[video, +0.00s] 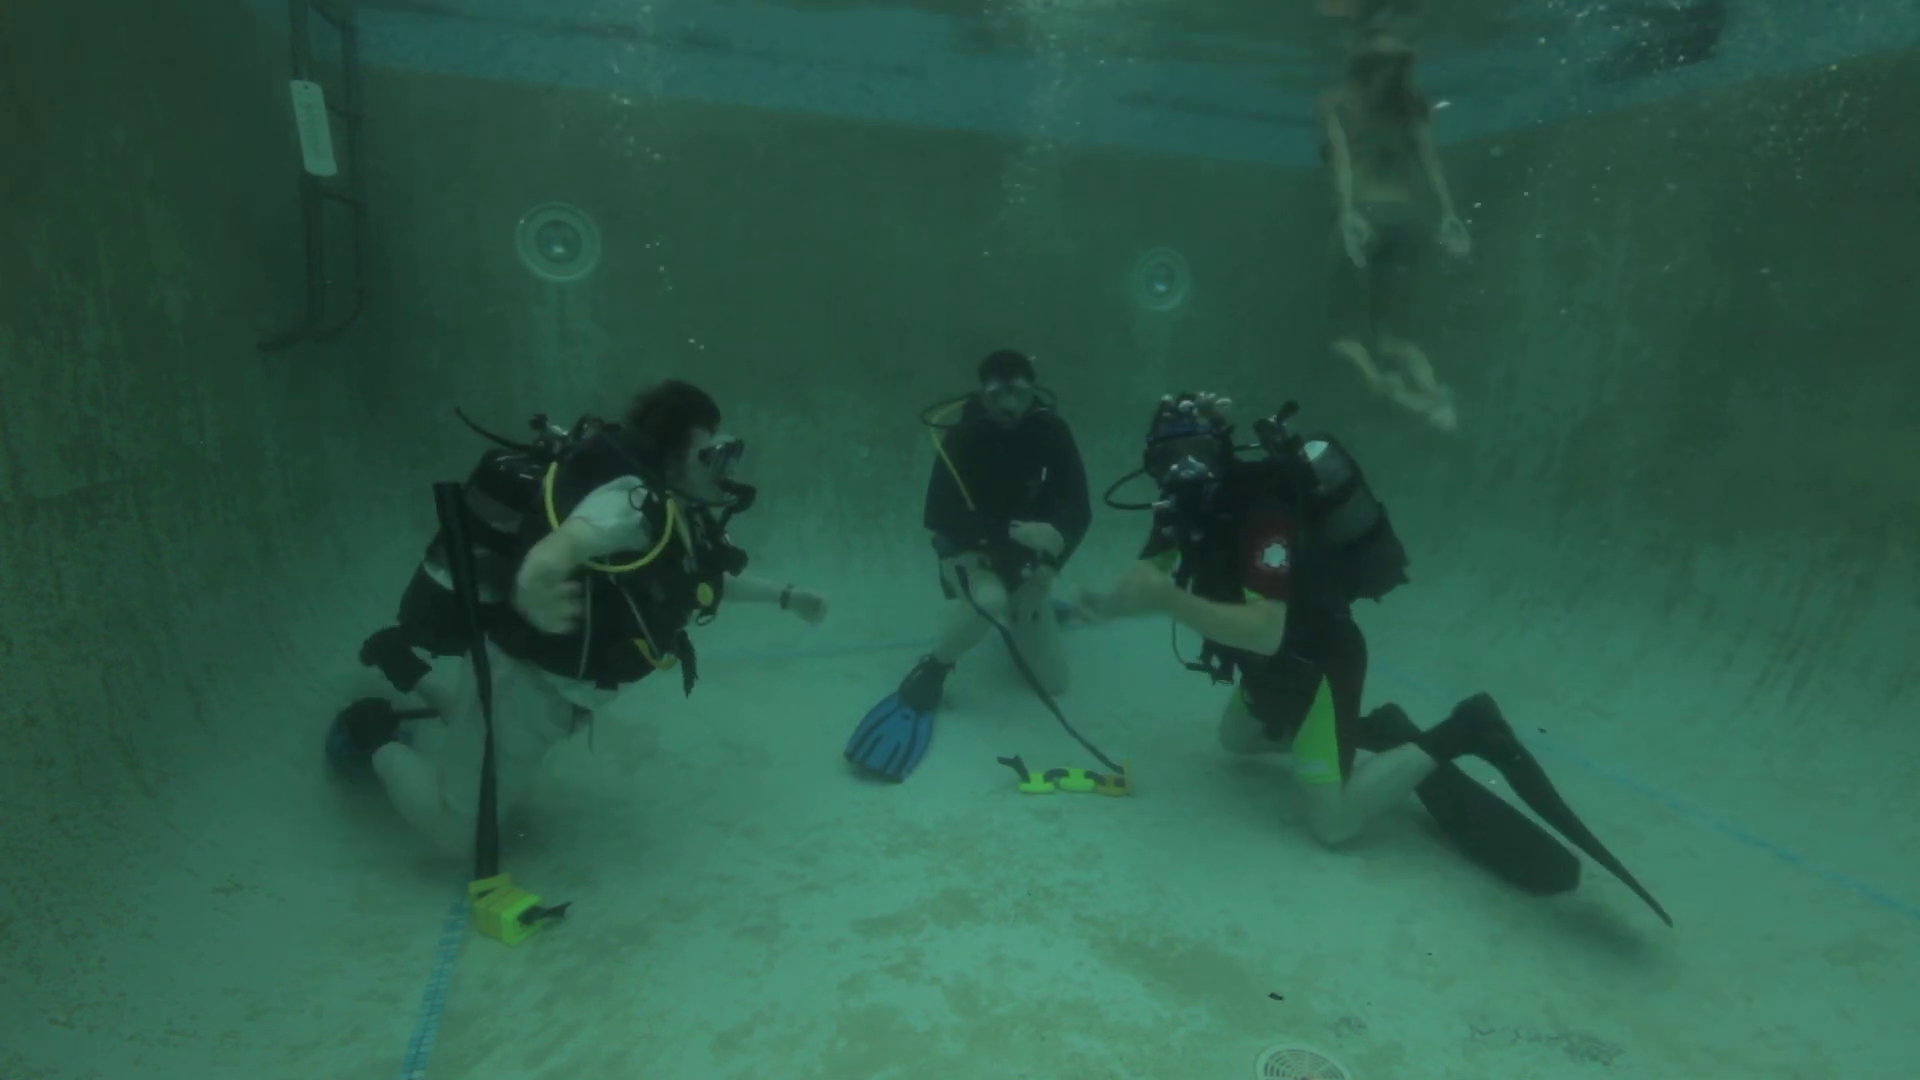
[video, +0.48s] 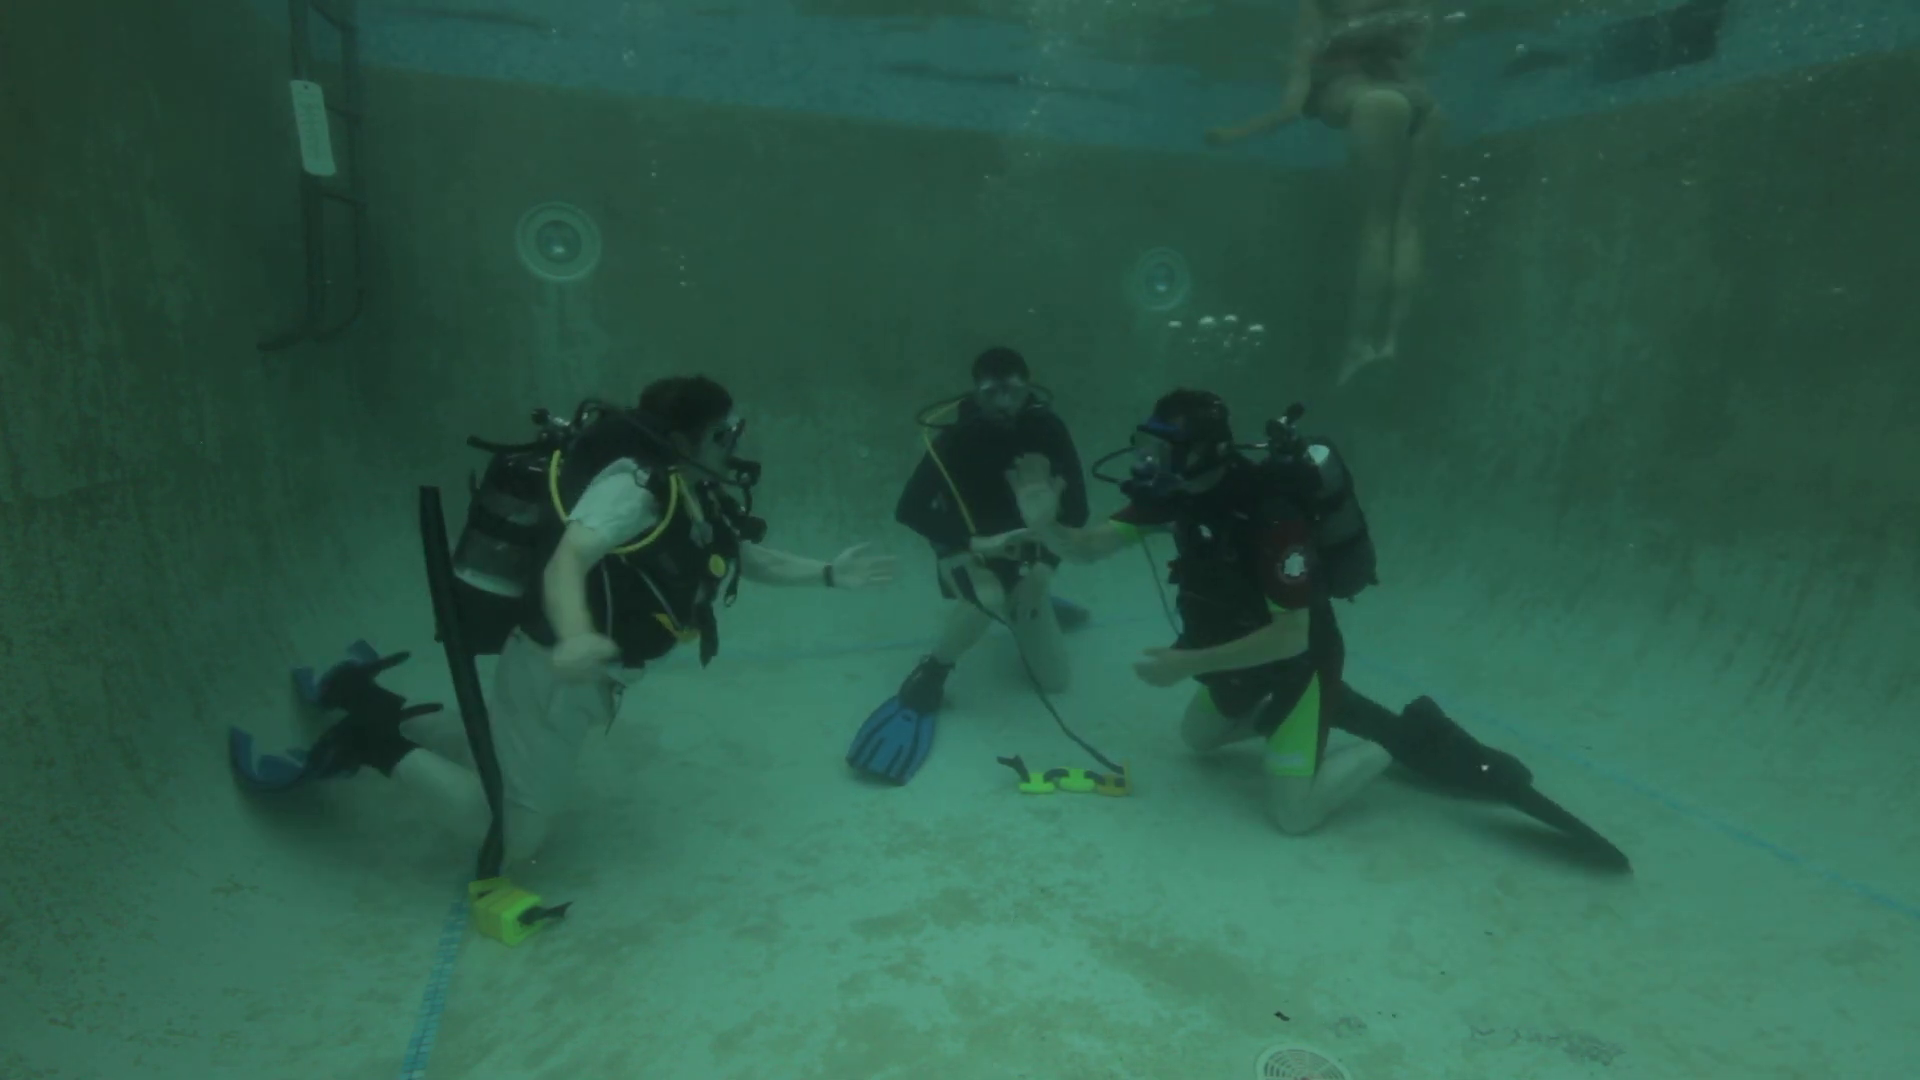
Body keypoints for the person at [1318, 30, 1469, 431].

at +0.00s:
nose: (1395, 72)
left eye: (1396, 63)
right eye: (1393, 64)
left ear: (1358, 61)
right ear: (1399, 65)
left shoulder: (1336, 102)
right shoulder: (1411, 102)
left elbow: (1342, 159)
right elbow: (1431, 161)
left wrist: (1346, 213)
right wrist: (1449, 213)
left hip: (1365, 215)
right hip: (1410, 215)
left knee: (1345, 322)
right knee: (1396, 328)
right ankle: (1436, 398)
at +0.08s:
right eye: (1395, 54)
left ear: (1347, 55)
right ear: (1392, 54)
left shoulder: (1327, 91)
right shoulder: (1404, 88)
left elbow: (1332, 146)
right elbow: (1427, 145)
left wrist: (1335, 199)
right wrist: (1445, 197)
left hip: (1362, 191)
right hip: (1410, 190)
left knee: (1349, 305)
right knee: (1389, 307)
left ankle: (1363, 413)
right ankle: (1413, 418)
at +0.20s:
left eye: (1322, 32)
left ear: (1339, 28)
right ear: (1386, 27)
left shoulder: (1326, 68)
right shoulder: (1398, 57)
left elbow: (1318, 125)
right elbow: (1422, 116)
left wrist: (1312, 175)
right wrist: (1437, 171)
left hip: (1359, 153)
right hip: (1409, 155)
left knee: (1364, 276)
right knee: (1396, 276)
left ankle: (1363, 392)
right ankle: (1389, 391)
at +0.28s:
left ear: (1339, 19)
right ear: (1381, 21)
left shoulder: (1327, 51)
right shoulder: (1395, 48)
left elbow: (1312, 117)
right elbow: (1421, 103)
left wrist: (1293, 172)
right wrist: (1438, 158)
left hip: (1365, 138)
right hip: (1410, 134)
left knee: (1368, 253)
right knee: (1402, 252)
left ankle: (1361, 373)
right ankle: (1385, 376)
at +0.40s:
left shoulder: (1316, 38)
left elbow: (1302, 108)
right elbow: (1413, 83)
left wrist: (1258, 148)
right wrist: (1427, 114)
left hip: (1373, 114)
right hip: (1417, 112)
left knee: (1373, 230)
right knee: (1406, 231)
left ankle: (1356, 355)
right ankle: (1389, 354)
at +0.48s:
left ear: (1321, 16)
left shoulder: (1316, 38)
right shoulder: (1381, 33)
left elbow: (1293, 109)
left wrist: (1233, 134)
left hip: (1375, 104)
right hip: (1422, 103)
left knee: (1374, 221)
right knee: (1408, 222)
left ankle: (1361, 344)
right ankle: (1392, 341)